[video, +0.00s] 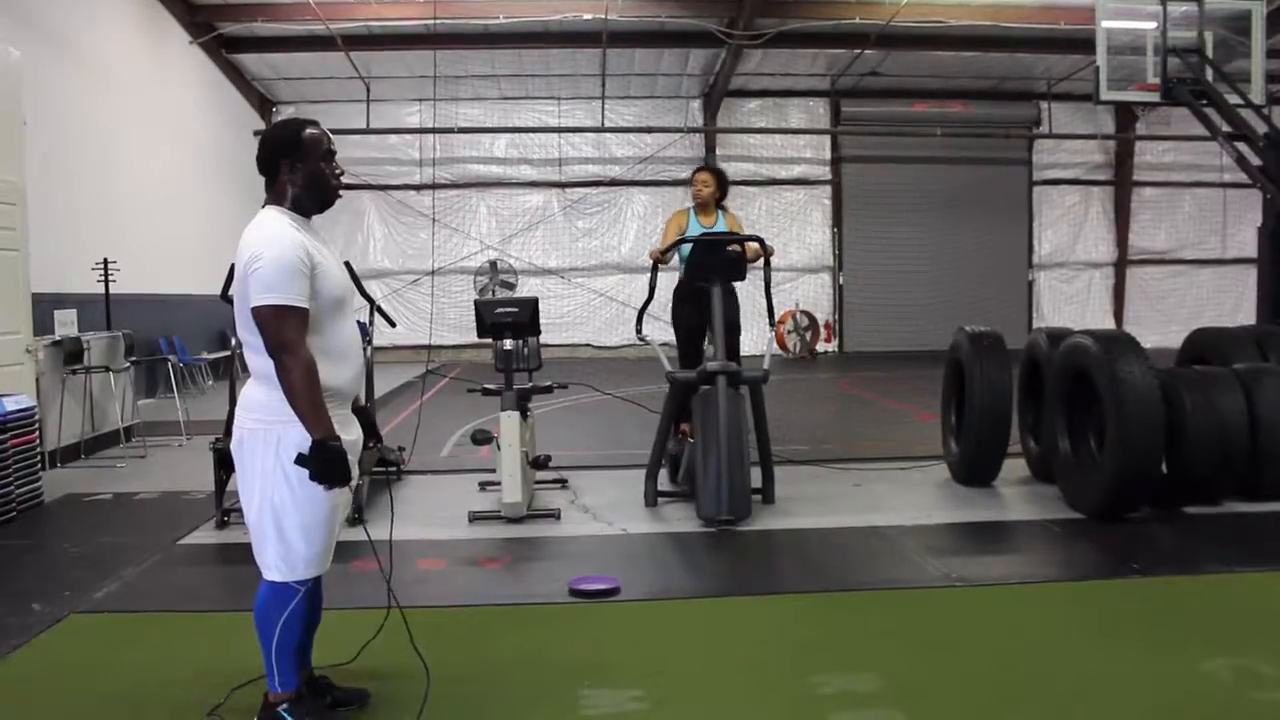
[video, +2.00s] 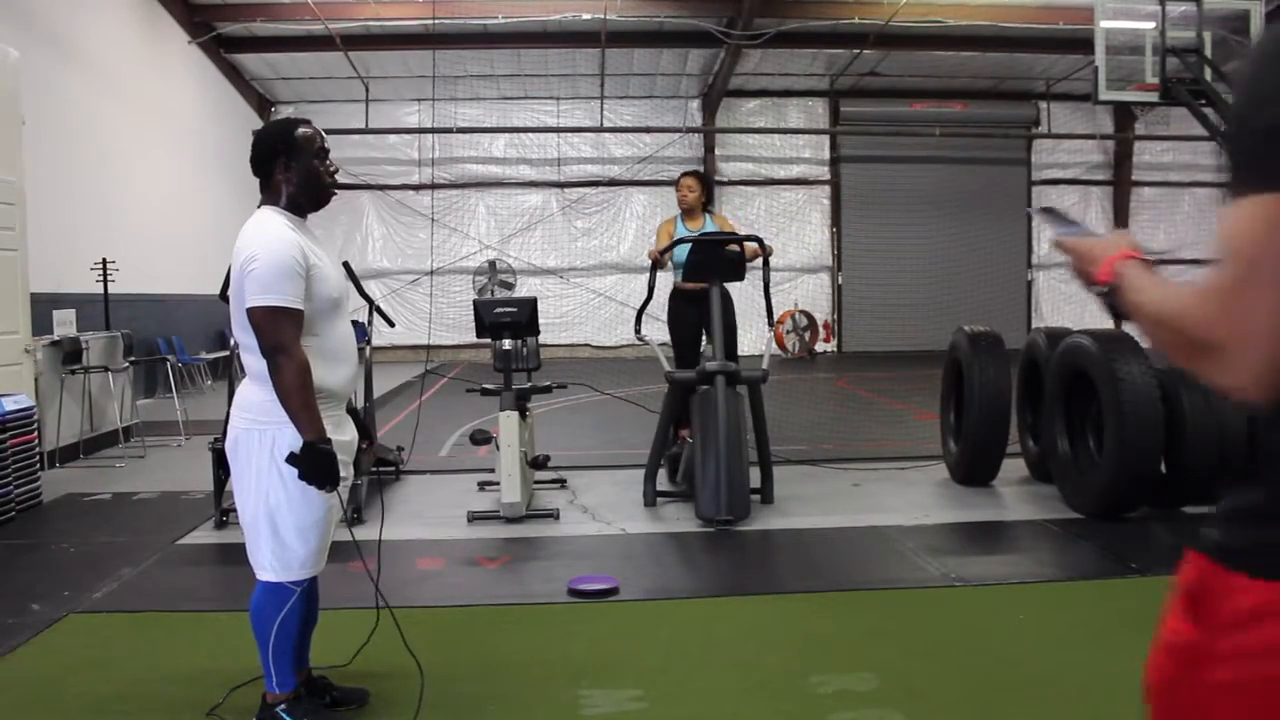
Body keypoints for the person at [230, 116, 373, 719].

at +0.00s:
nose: (338, 170)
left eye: (335, 159)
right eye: (326, 159)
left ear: (296, 171)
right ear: (290, 169)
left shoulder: (298, 237)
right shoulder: (274, 240)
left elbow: (322, 342)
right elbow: (286, 350)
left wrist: (358, 412)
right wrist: (324, 438)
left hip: (308, 428)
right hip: (283, 431)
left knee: (306, 566)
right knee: (290, 571)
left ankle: (299, 680)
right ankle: (283, 698)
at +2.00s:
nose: (333, 166)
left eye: (329, 155)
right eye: (320, 156)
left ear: (291, 171)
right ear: (285, 169)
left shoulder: (294, 237)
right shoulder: (271, 240)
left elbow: (313, 344)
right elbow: (280, 351)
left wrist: (351, 411)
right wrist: (315, 440)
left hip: (301, 427)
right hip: (278, 430)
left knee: (301, 565)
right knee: (285, 570)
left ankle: (298, 680)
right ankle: (282, 697)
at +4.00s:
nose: (333, 165)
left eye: (329, 154)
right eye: (320, 156)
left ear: (291, 171)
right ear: (286, 169)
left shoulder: (296, 236)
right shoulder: (273, 239)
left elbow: (316, 339)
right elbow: (283, 348)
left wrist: (351, 407)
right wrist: (318, 436)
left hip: (300, 427)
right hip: (276, 431)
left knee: (299, 565)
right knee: (283, 570)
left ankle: (297, 679)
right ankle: (280, 697)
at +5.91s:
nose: (340, 170)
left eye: (337, 158)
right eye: (328, 159)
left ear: (295, 172)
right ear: (292, 170)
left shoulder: (296, 239)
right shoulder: (275, 242)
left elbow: (315, 345)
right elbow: (285, 351)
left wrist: (352, 411)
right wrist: (324, 440)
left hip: (300, 429)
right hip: (276, 433)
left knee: (299, 567)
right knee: (283, 572)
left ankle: (297, 681)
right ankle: (280, 698)